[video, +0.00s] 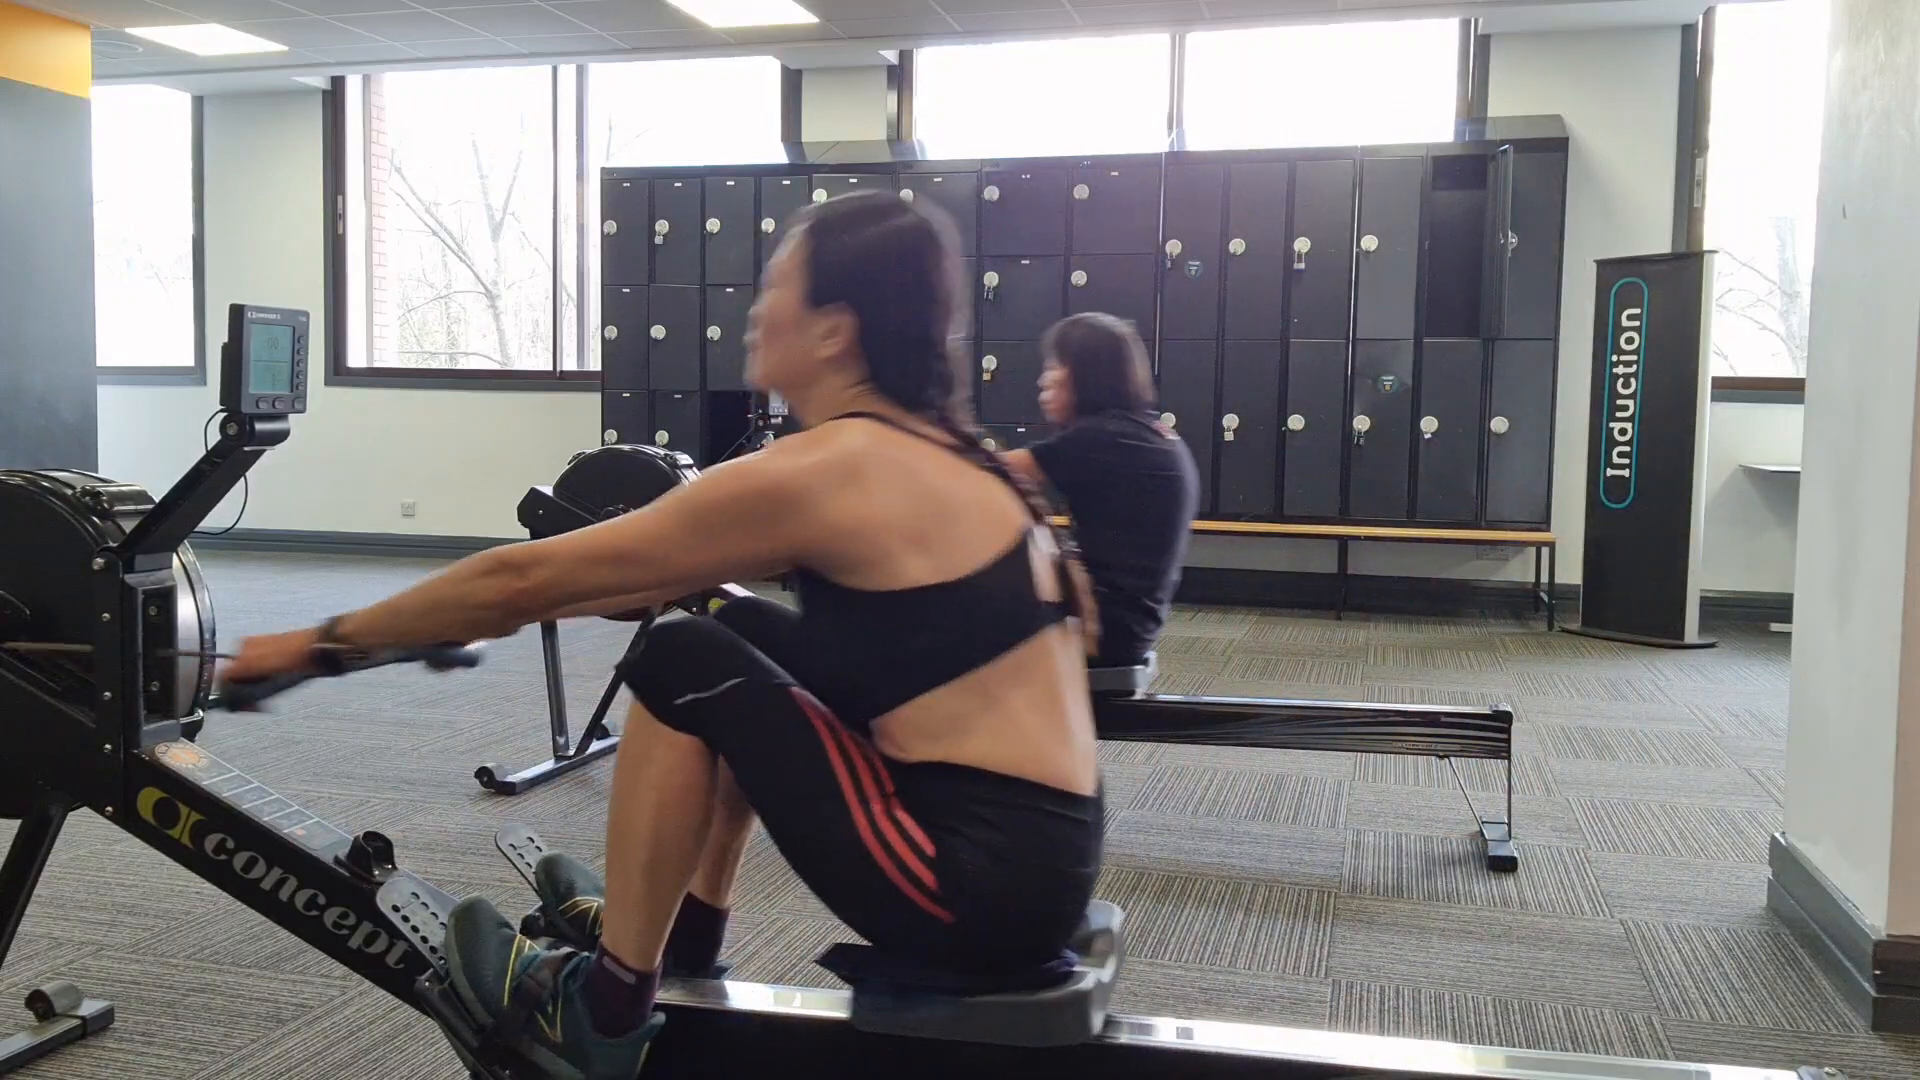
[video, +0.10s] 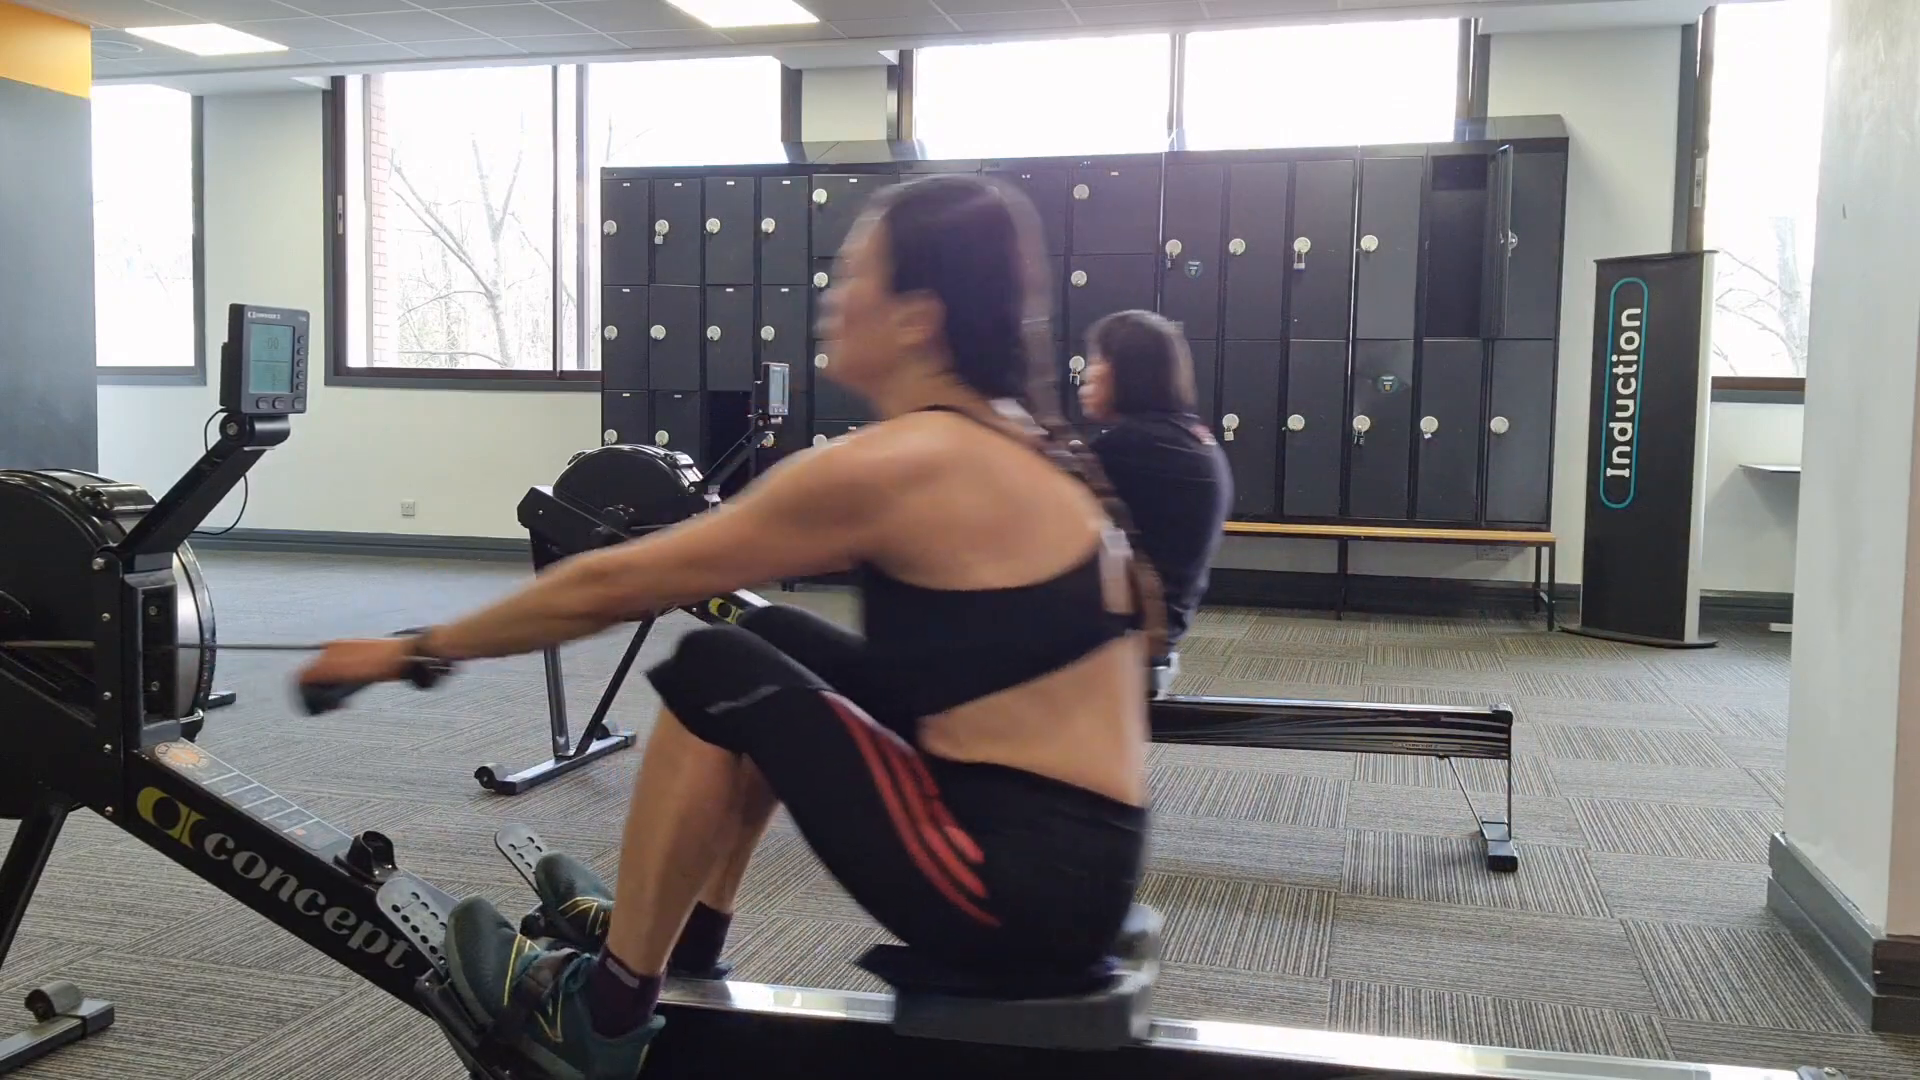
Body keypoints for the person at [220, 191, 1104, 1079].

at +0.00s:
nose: (751, 319)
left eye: (769, 297)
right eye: (761, 295)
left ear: (838, 328)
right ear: (865, 333)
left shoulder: (826, 475)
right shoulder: (947, 455)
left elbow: (531, 580)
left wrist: (319, 643)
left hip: (968, 889)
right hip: (1043, 869)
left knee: (680, 653)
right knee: (750, 639)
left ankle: (606, 1001)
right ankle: (686, 941)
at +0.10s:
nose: (826, 308)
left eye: (845, 285)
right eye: (835, 283)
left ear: (920, 318)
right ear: (936, 321)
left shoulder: (892, 467)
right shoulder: (1016, 445)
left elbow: (616, 581)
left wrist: (413, 650)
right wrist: (681, 577)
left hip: (1008, 889)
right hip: (1081, 870)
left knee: (719, 670)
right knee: (772, 640)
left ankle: (607, 1002)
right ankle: (685, 950)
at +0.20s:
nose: (911, 290)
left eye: (935, 268)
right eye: (922, 266)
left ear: (1010, 310)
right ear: (1017, 313)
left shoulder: (973, 462)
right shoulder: (1081, 433)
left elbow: (692, 582)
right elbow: (893, 533)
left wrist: (486, 645)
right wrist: (723, 537)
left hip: (1070, 886)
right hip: (1135, 850)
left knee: (760, 694)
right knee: (799, 651)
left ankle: (609, 1008)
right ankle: (684, 943)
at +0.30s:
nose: (1001, 281)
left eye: (1029, 260)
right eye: (1013, 257)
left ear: (1104, 303)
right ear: (1110, 307)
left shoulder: (1061, 457)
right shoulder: (1153, 431)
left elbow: (781, 579)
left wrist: (565, 638)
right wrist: (699, 583)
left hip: (1144, 880)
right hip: (1186, 837)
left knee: (807, 722)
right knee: (843, 674)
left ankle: (614, 1012)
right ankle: (677, 950)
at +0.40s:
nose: (1102, 268)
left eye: (1132, 248)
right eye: (1119, 242)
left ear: (1206, 292)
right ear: (1210, 295)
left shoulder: (1152, 458)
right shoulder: (1262, 433)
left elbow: (859, 585)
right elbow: (1011, 545)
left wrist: (654, 645)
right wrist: (797, 573)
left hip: (1209, 882)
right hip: (1242, 823)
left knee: (851, 757)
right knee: (884, 703)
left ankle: (614, 1019)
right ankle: (661, 955)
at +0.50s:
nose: (1209, 261)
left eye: (1243, 241)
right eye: (1223, 236)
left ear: (1328, 290)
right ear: (1313, 295)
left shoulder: (1266, 456)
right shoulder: (1325, 430)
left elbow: (983, 590)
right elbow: (1056, 540)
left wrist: (757, 645)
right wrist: (857, 569)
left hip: (1281, 886)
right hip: (1283, 812)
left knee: (906, 790)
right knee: (921, 742)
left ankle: (625, 1020)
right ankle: (682, 964)